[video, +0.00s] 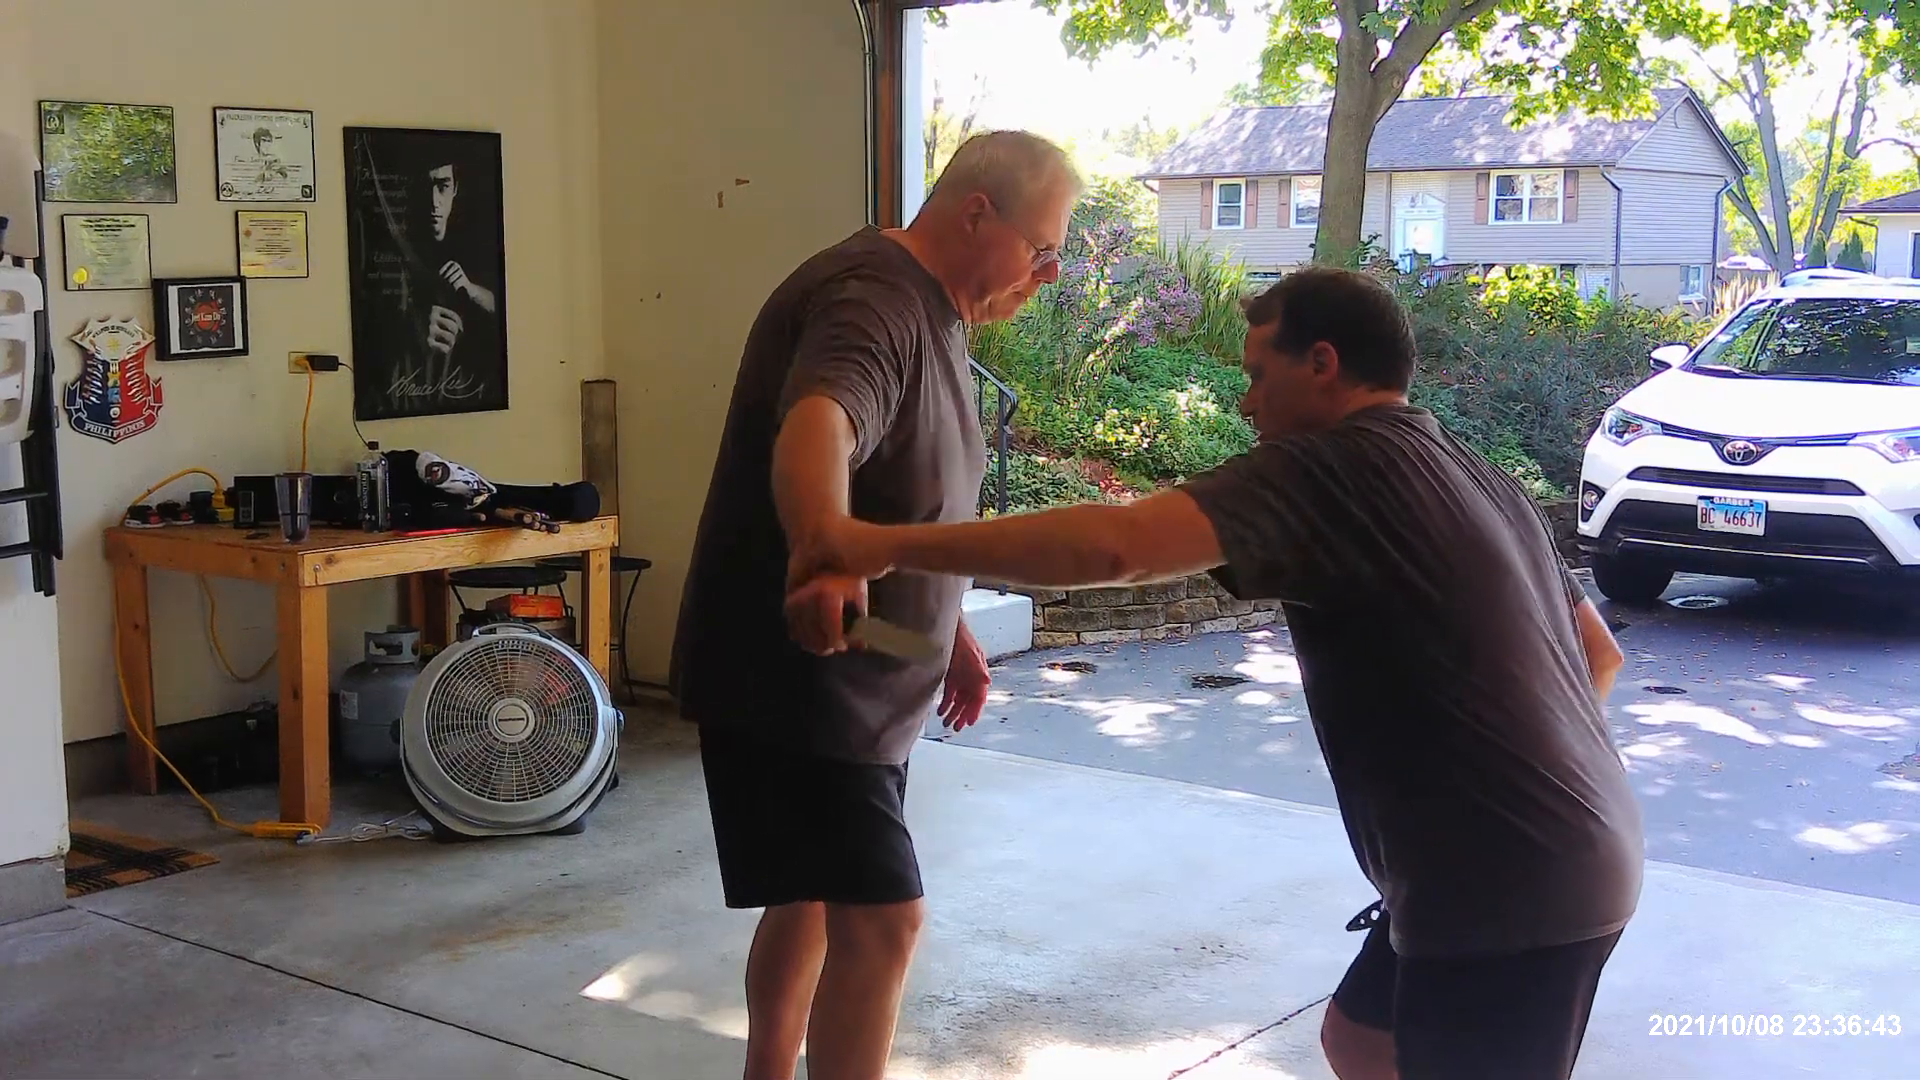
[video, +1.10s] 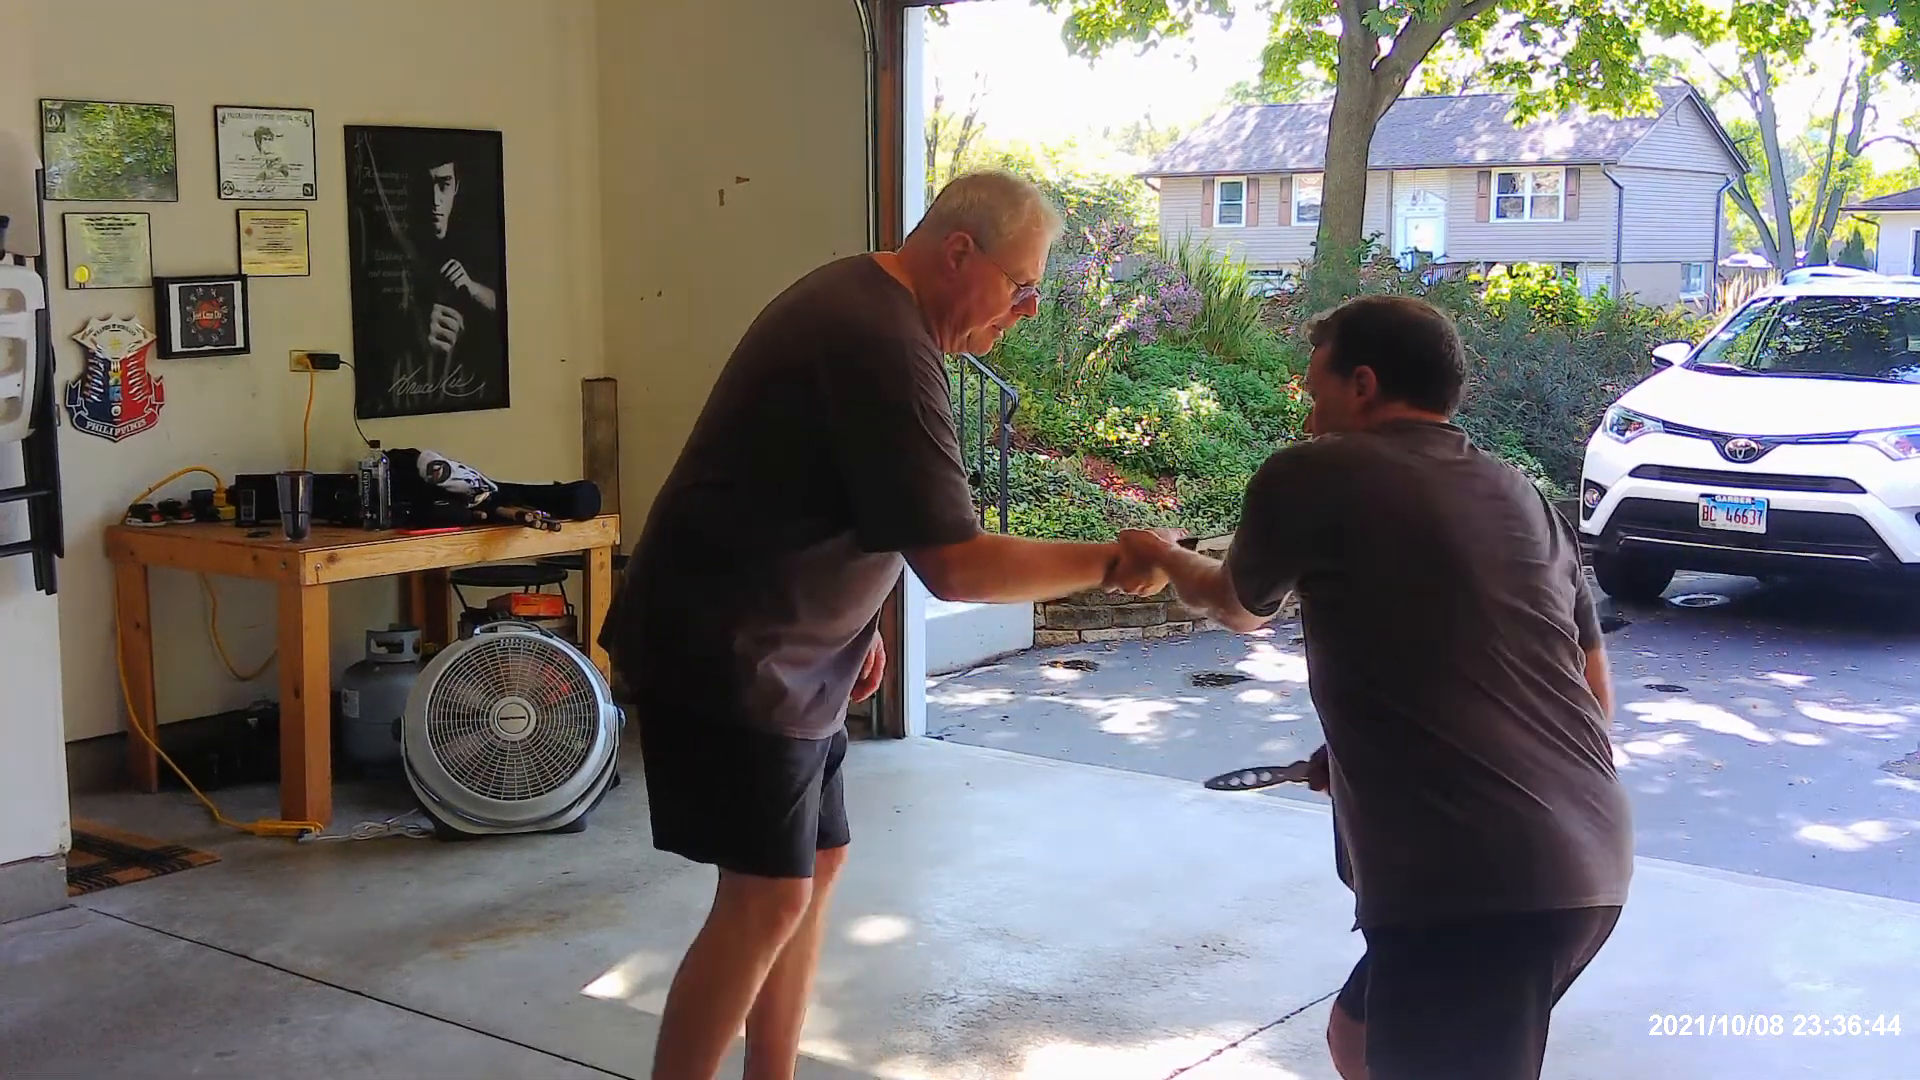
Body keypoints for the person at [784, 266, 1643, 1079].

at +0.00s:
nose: (1246, 393)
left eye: (1257, 370)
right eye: (1246, 370)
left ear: (1321, 364)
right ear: (1354, 369)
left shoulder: (1340, 465)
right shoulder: (1472, 473)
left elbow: (1116, 542)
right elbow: (1597, 654)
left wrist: (889, 543)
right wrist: (1500, 776)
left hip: (1508, 874)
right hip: (1563, 842)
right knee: (1360, 1036)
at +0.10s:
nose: (1251, 404)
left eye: (1260, 378)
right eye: (1250, 380)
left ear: (1325, 374)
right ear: (1371, 381)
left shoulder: (1328, 478)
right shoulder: (1482, 476)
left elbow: (1128, 600)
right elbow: (1620, 634)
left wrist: (902, 626)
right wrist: (1528, 757)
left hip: (1517, 875)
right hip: (1589, 845)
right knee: (1370, 1036)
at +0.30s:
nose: (1260, 434)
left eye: (1267, 407)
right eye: (1258, 409)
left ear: (1323, 394)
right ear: (1381, 395)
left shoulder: (1317, 502)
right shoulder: (1502, 477)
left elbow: (1155, 686)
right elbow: (1665, 609)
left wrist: (965, 741)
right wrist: (1556, 723)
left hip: (1535, 892)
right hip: (1623, 856)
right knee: (1388, 1042)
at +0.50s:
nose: (1282, 438)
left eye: (1286, 411)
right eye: (1279, 413)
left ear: (1339, 399)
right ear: (1412, 397)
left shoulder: (1318, 508)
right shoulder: (1534, 485)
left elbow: (1208, 704)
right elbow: (1689, 628)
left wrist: (1058, 747)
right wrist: (1565, 733)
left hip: (1534, 896)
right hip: (1641, 862)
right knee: (1401, 1036)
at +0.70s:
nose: (1295, 419)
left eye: (1301, 394)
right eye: (1294, 394)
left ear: (1352, 394)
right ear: (1437, 401)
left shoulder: (1313, 501)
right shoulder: (1552, 491)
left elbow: (1262, 672)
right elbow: (1696, 639)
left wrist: (1168, 665)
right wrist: (1574, 725)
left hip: (1507, 897)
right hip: (1637, 878)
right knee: (1392, 1037)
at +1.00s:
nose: (1313, 408)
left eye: (1321, 385)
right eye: (1315, 386)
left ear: (1369, 388)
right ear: (1443, 396)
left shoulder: (1312, 482)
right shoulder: (1541, 496)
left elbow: (1254, 611)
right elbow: (1647, 681)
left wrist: (1178, 566)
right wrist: (1514, 754)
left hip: (1472, 883)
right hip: (1603, 869)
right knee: (1367, 1032)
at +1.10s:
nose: (1308, 404)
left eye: (1316, 382)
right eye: (1309, 383)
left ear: (1364, 385)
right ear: (1440, 396)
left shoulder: (1308, 476)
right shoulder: (1525, 493)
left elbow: (1239, 600)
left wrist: (1167, 557)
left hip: (1469, 877)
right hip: (1592, 865)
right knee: (1355, 1031)